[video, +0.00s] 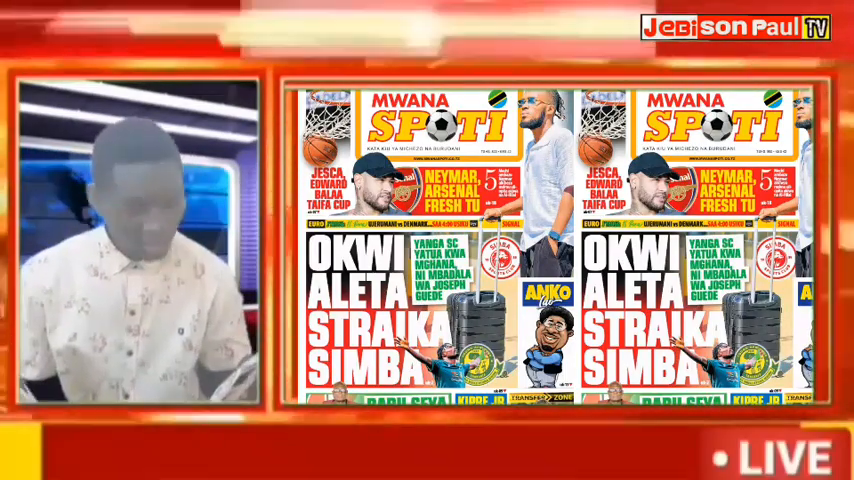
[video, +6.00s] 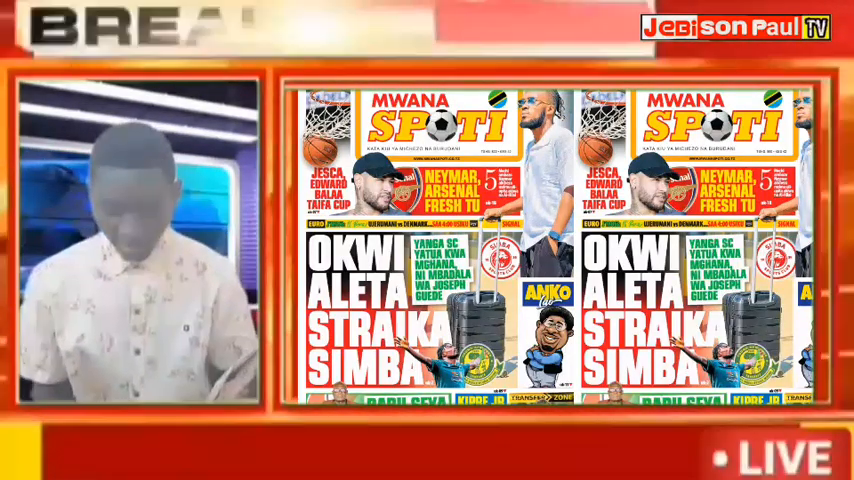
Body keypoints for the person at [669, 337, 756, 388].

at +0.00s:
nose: (729, 348)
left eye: (729, 347)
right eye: (725, 347)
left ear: (731, 351)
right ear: (718, 353)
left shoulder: (737, 366)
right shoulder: (714, 364)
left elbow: (750, 365)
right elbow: (698, 359)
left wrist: (754, 359)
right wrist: (684, 348)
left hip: (737, 401)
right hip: (720, 401)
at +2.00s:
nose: (729, 348)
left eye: (729, 347)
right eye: (724, 347)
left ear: (731, 351)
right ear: (718, 353)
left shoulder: (737, 366)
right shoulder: (714, 364)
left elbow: (749, 365)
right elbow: (698, 359)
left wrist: (754, 359)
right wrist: (684, 348)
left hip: (736, 401)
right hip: (720, 401)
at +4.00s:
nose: (729, 348)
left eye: (729, 347)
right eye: (724, 347)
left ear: (731, 351)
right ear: (718, 353)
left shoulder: (737, 366)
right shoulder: (714, 364)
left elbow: (749, 365)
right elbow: (698, 359)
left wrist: (754, 359)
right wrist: (684, 348)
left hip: (736, 401)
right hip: (720, 401)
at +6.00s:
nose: (729, 348)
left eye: (729, 347)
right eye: (724, 347)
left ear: (731, 351)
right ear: (718, 353)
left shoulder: (737, 366)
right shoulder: (714, 364)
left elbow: (750, 365)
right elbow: (698, 359)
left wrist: (755, 358)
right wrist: (683, 348)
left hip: (736, 401)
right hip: (720, 401)